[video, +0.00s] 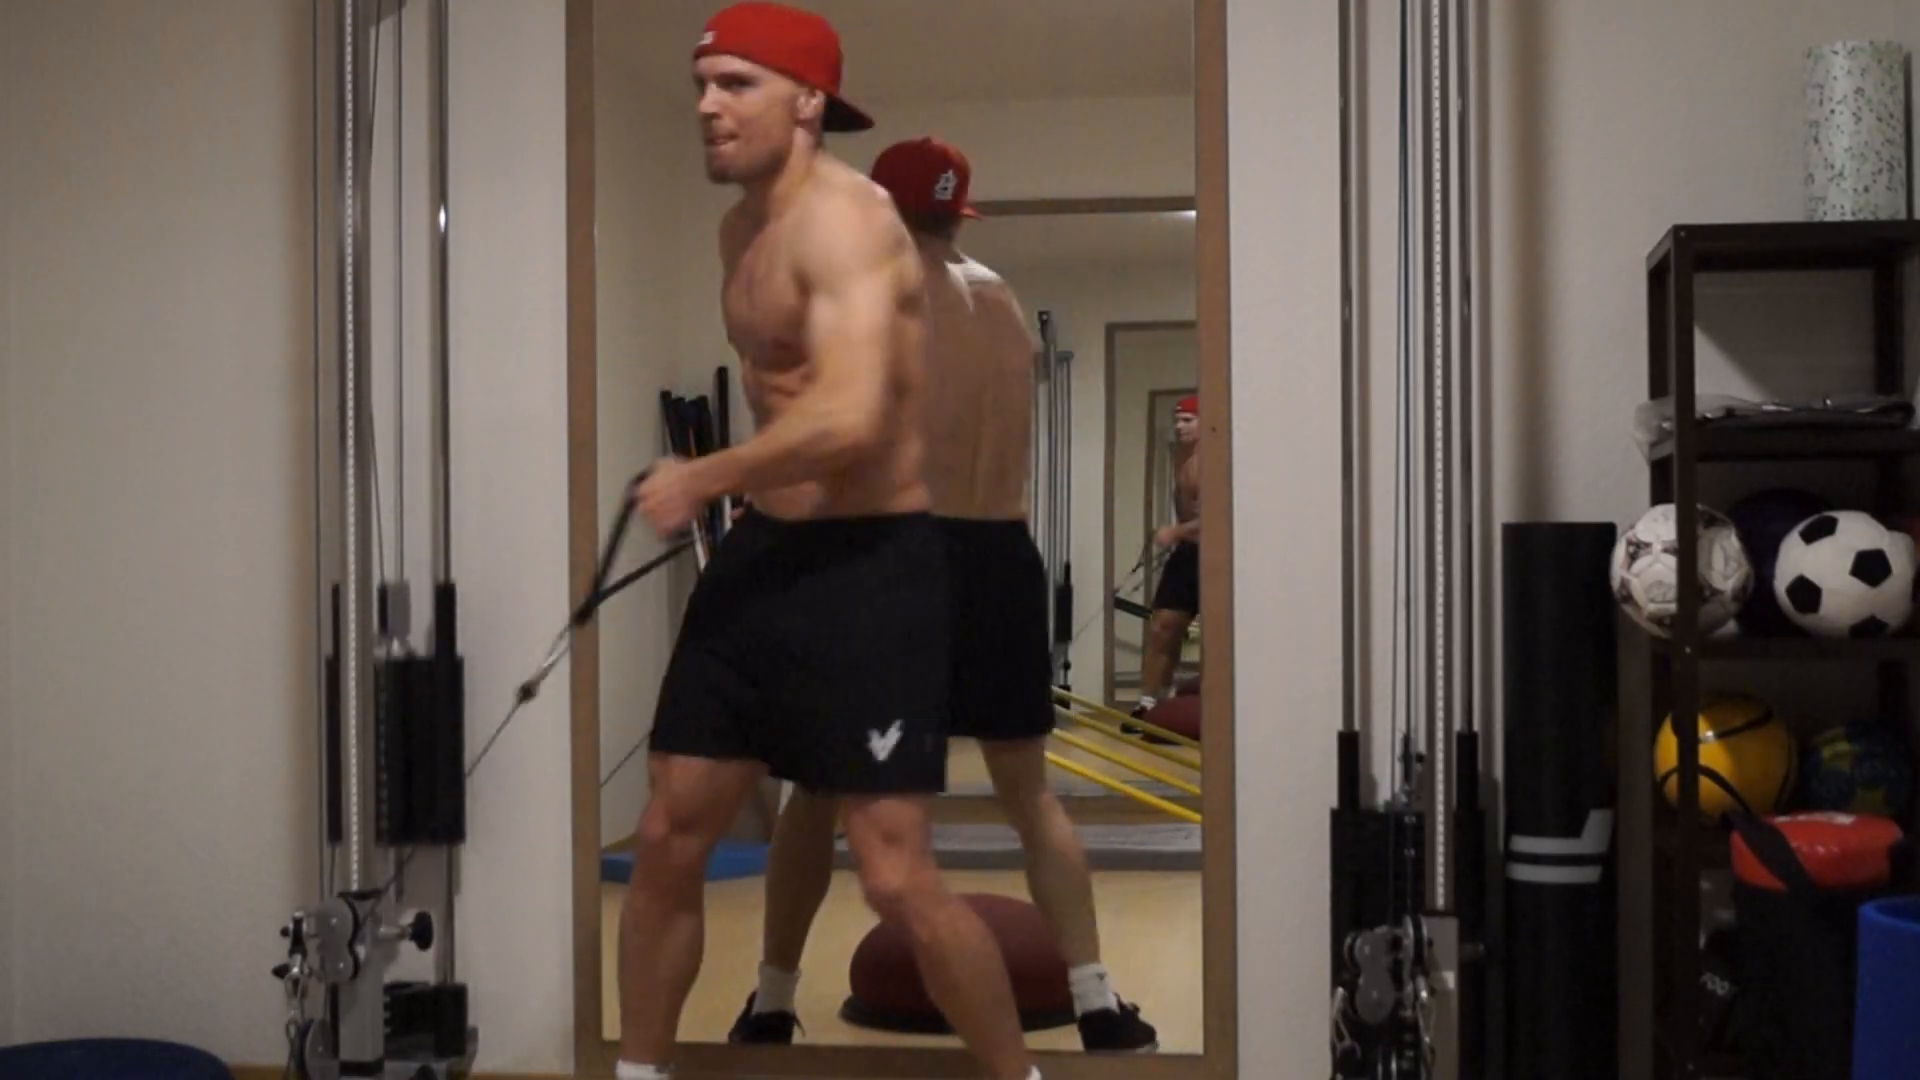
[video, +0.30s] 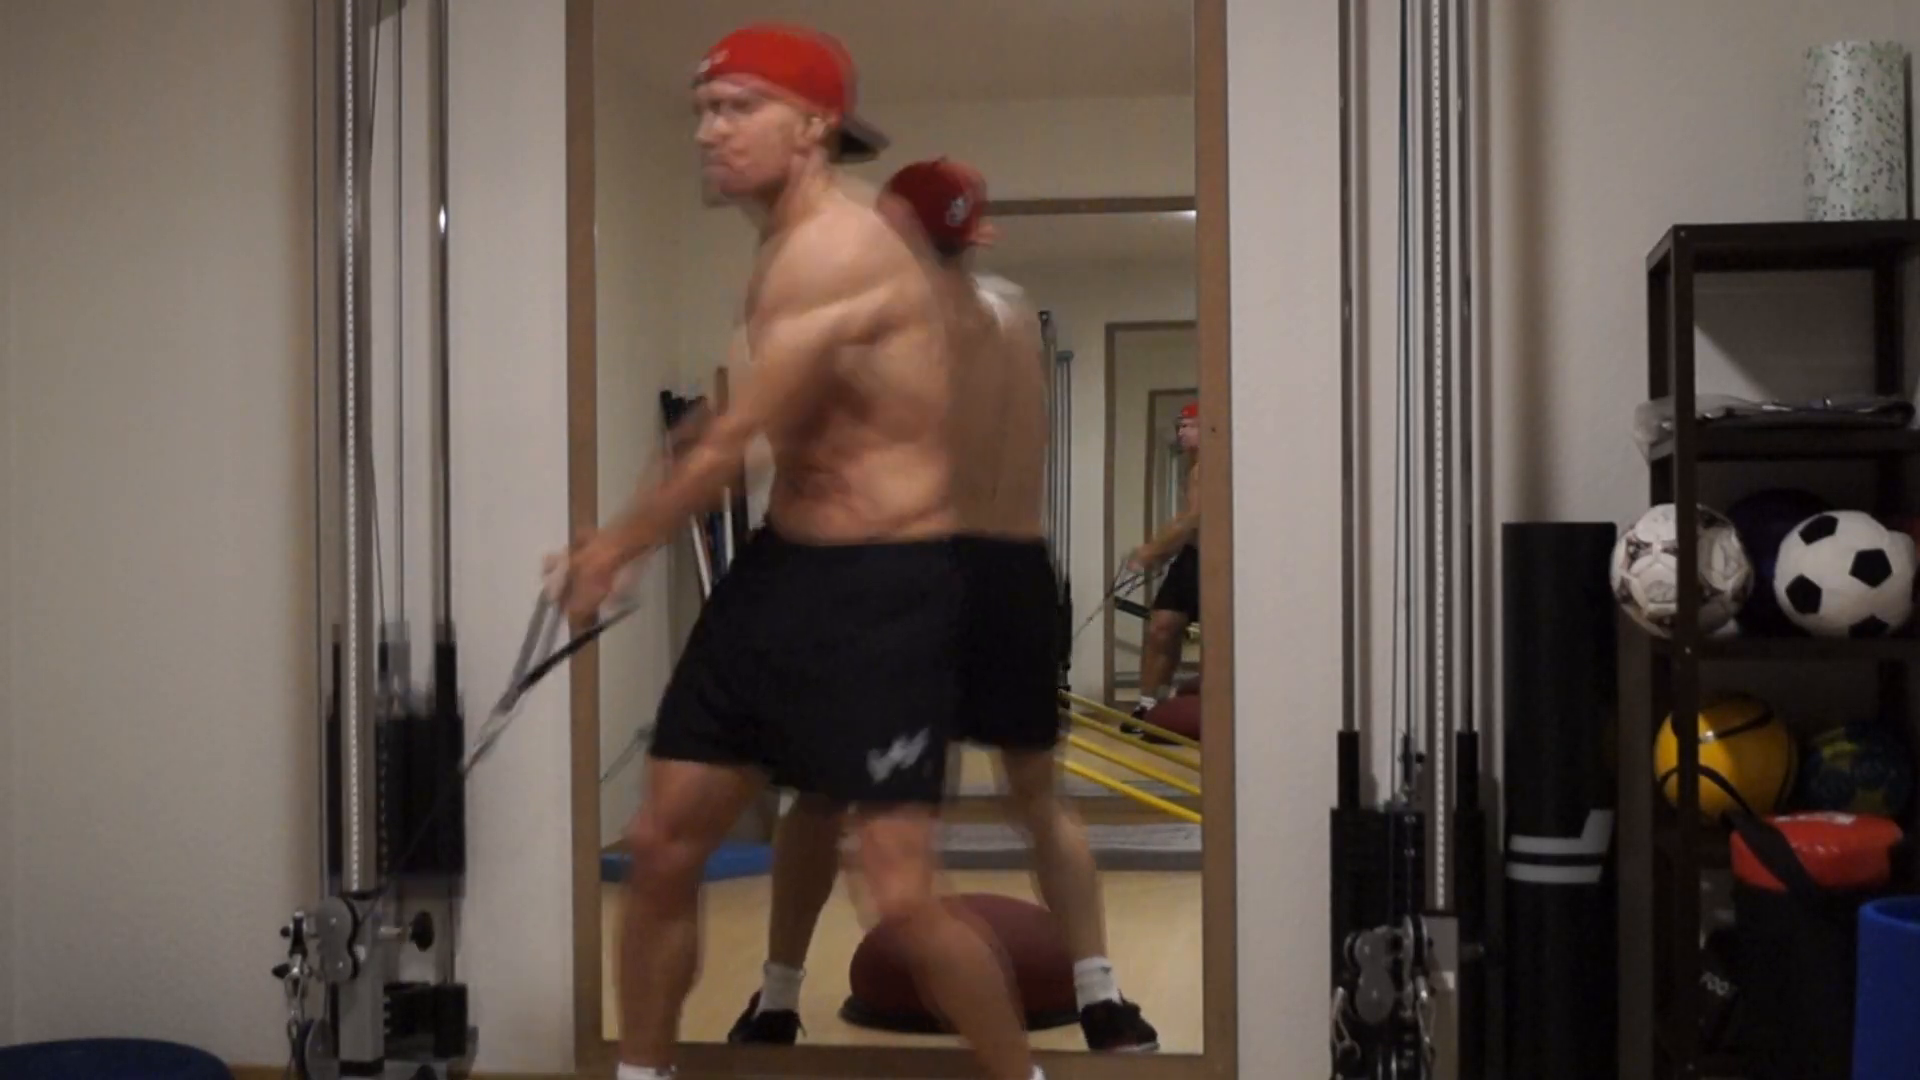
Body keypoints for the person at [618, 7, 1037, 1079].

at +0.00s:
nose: (710, 105)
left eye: (737, 86)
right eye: (704, 86)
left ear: (807, 105)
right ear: (701, 101)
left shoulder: (850, 219)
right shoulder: (742, 225)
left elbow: (854, 415)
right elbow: (780, 388)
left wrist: (702, 479)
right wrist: (746, 518)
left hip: (875, 570)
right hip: (762, 562)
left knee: (898, 880)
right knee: (669, 840)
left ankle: (1016, 1071)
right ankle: (639, 1073)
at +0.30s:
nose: (712, 131)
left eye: (739, 107)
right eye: (707, 110)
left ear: (812, 125)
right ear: (713, 124)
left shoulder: (839, 245)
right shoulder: (792, 244)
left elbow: (740, 438)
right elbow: (778, 403)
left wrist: (617, 544)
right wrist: (706, 438)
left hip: (890, 590)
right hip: (781, 583)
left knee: (897, 894)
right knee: (663, 850)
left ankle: (1019, 1071)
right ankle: (643, 1073)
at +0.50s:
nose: (803, 97)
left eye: (832, 82)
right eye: (785, 79)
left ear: (873, 116)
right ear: (759, 103)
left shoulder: (911, 248)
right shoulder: (692, 236)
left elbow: (975, 341)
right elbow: (602, 415)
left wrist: (939, 460)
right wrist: (735, 487)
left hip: (860, 570)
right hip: (711, 571)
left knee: (961, 839)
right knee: (646, 860)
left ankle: (1044, 1072)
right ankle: (607, 1075)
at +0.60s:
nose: (744, 92)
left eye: (773, 76)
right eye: (728, 74)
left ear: (825, 102)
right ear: (707, 95)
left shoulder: (879, 235)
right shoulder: (646, 237)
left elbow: (988, 338)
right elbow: (519, 381)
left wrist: (935, 469)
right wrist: (580, 444)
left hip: (839, 566)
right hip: (689, 568)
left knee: (942, 838)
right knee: (627, 853)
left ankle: (1038, 1069)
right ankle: (609, 1075)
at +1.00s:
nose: (761, 90)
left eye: (791, 71)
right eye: (746, 67)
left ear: (842, 97)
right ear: (724, 86)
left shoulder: (900, 225)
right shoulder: (672, 228)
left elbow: (1015, 337)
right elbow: (549, 380)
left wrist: (958, 474)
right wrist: (669, 439)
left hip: (858, 559)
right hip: (709, 560)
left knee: (943, 843)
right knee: (643, 849)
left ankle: (1013, 1072)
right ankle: (612, 1073)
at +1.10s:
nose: (854, 103)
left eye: (879, 85)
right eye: (833, 77)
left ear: (902, 109)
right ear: (789, 89)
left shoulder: (932, 230)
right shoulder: (722, 224)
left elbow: (987, 351)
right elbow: (653, 413)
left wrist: (964, 477)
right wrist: (812, 488)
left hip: (886, 549)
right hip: (737, 552)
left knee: (966, 837)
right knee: (667, 848)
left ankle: (1018, 1071)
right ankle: (613, 1073)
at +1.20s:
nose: (922, 123)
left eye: (938, 104)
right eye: (899, 96)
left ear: (946, 116)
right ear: (832, 95)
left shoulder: (940, 233)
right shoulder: (759, 223)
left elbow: (964, 365)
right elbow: (746, 441)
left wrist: (956, 476)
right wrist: (910, 521)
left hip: (892, 558)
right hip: (753, 562)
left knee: (973, 836)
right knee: (678, 852)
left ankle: (1020, 1070)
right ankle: (616, 1071)